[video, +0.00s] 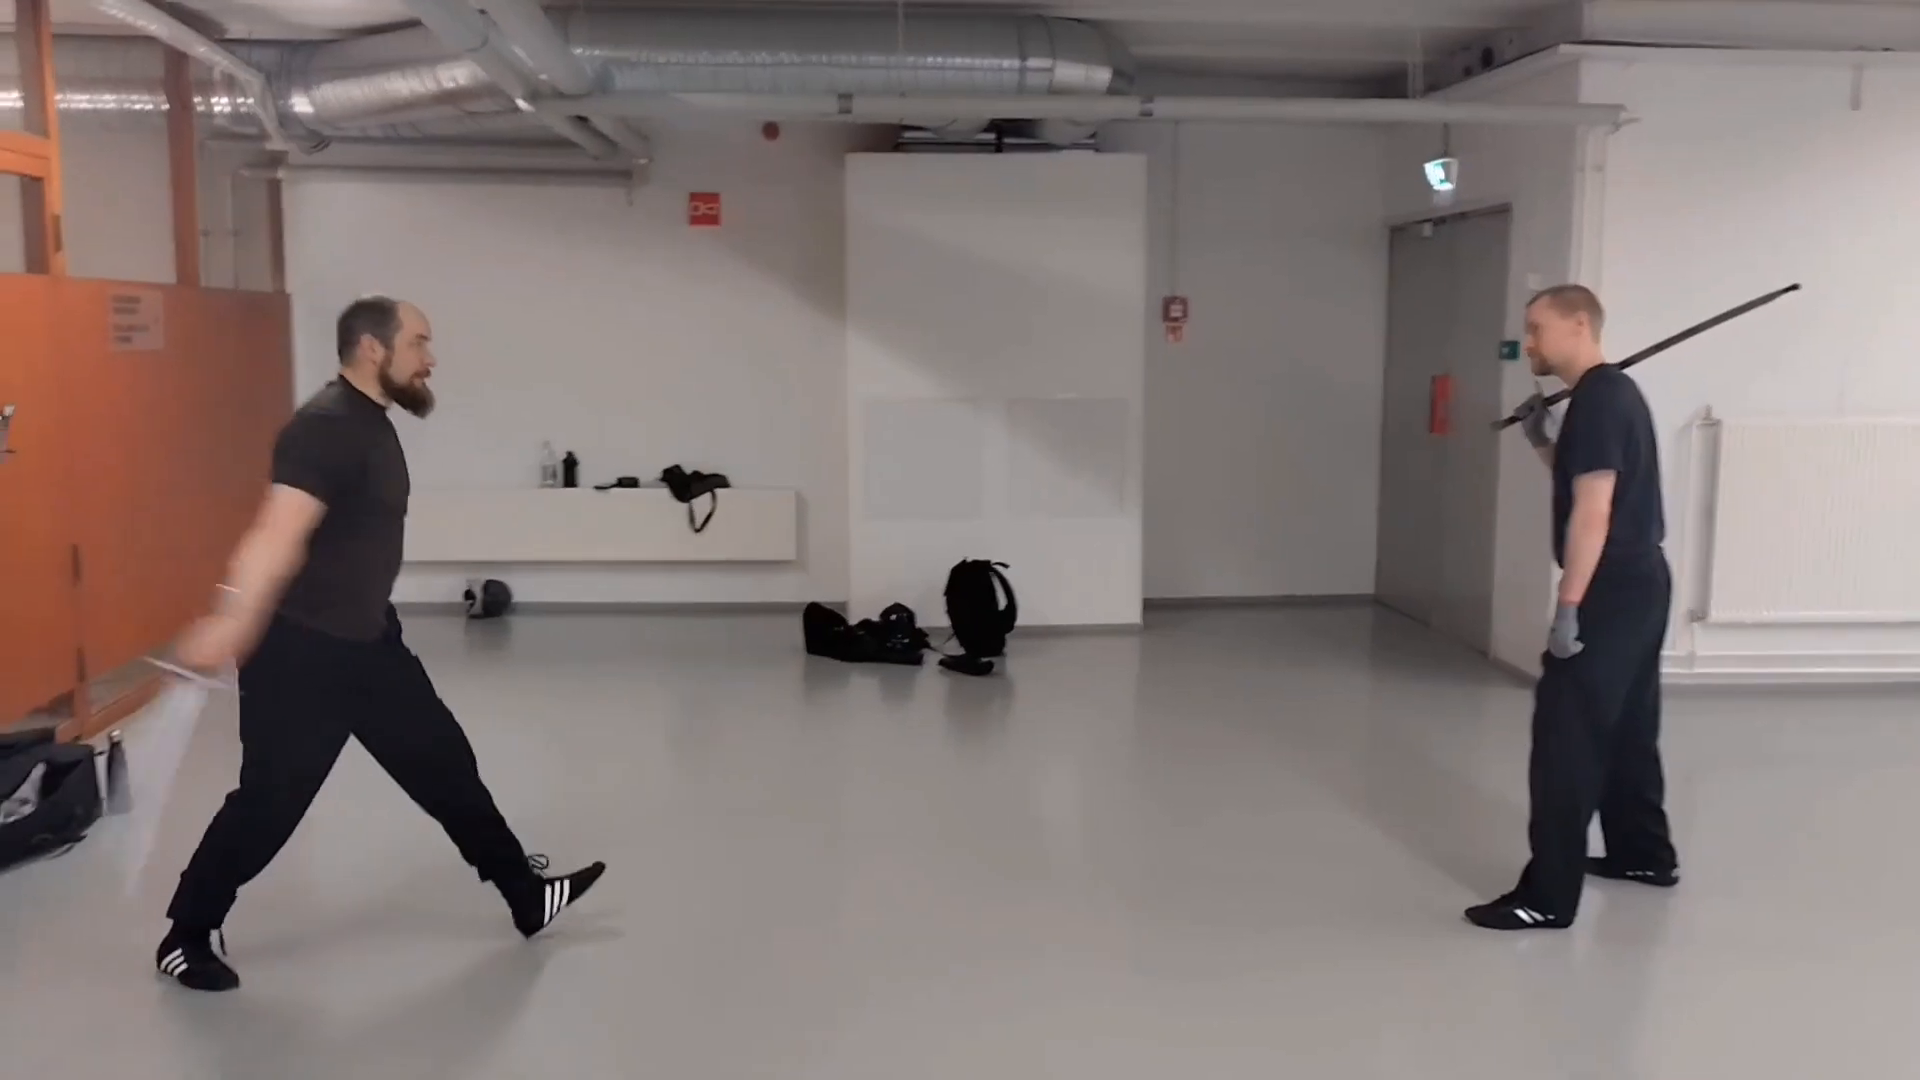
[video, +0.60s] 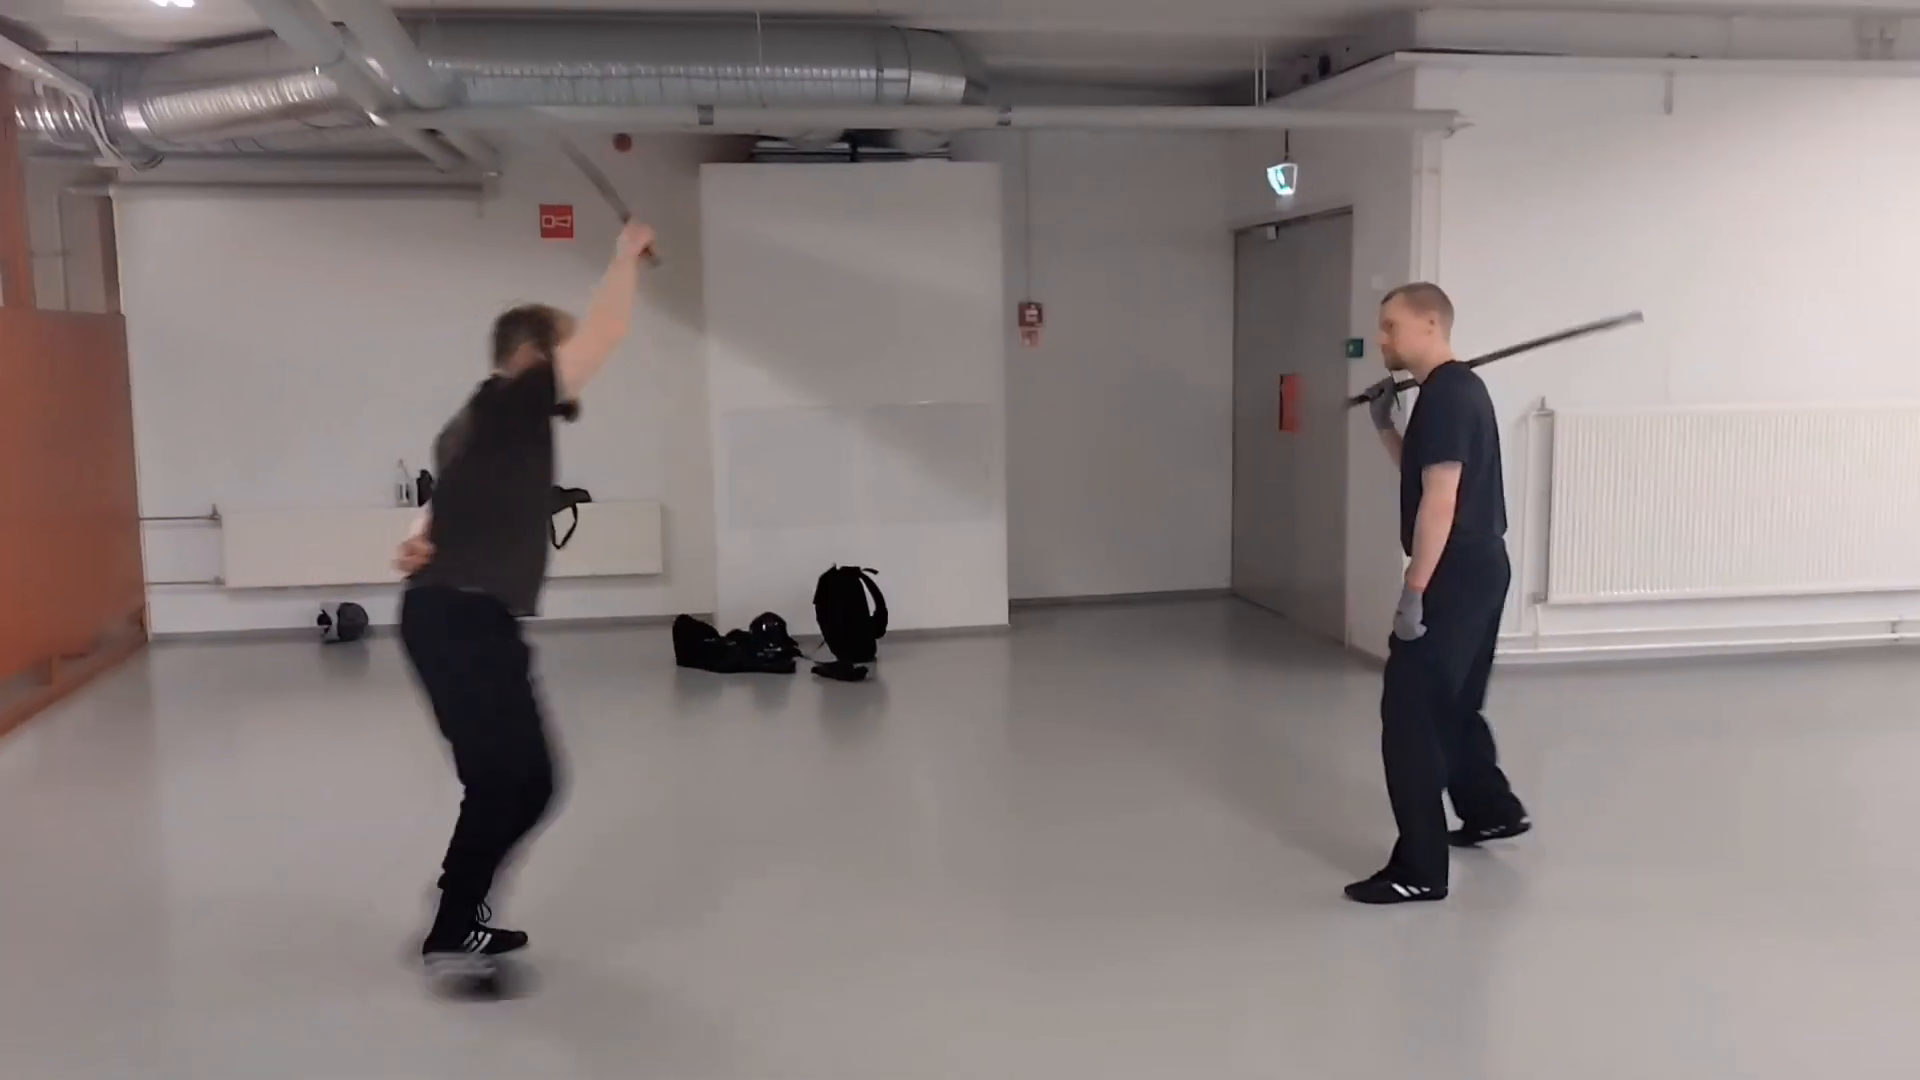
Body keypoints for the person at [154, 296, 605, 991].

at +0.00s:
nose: (429, 359)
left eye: (428, 345)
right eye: (418, 345)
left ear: (374, 351)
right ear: (370, 350)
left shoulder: (372, 423)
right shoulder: (324, 429)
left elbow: (338, 534)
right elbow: (274, 536)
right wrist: (232, 623)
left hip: (368, 647)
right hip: (299, 651)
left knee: (444, 766)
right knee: (269, 803)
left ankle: (527, 892)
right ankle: (185, 935)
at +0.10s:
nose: (448, 367)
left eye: (446, 353)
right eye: (437, 353)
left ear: (393, 363)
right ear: (389, 360)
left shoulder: (378, 430)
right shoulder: (357, 430)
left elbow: (361, 528)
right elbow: (356, 536)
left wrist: (292, 554)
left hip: (366, 632)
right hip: (304, 634)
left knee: (451, 761)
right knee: (271, 790)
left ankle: (524, 902)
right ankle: (169, 934)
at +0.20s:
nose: (469, 379)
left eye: (468, 365)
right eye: (458, 364)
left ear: (409, 370)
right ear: (411, 368)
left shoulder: (392, 426)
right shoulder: (391, 424)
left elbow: (378, 531)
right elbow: (450, 516)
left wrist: (317, 560)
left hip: (390, 643)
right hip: (329, 647)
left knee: (476, 748)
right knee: (270, 790)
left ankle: (513, 908)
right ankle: (151, 931)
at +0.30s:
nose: (494, 378)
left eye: (493, 364)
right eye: (483, 364)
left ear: (438, 369)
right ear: (441, 365)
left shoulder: (427, 431)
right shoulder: (412, 412)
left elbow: (403, 522)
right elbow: (515, 437)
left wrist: (343, 554)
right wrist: (600, 479)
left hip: (418, 643)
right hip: (356, 640)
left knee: (496, 751)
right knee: (293, 791)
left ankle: (495, 910)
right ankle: (154, 925)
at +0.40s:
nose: (521, 375)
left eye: (520, 363)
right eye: (513, 363)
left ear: (464, 362)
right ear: (473, 360)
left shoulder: (456, 429)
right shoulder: (440, 402)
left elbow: (441, 526)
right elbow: (550, 380)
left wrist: (374, 552)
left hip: (437, 636)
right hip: (388, 630)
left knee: (502, 759)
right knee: (354, 794)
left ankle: (477, 918)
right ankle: (201, 911)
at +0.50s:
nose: (548, 368)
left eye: (548, 356)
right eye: (540, 353)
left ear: (487, 357)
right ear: (502, 354)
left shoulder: (483, 426)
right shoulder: (471, 399)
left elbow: (464, 529)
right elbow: (564, 354)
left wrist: (403, 555)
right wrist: (624, 304)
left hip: (458, 628)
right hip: (412, 621)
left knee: (507, 761)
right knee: (438, 790)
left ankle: (463, 923)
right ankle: (300, 922)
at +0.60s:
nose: (570, 366)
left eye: (568, 351)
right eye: (565, 350)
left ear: (506, 353)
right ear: (536, 351)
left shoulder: (475, 420)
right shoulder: (520, 396)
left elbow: (450, 501)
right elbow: (601, 331)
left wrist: (423, 538)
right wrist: (626, 257)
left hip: (440, 610)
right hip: (466, 615)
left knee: (498, 777)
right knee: (523, 779)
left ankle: (457, 921)